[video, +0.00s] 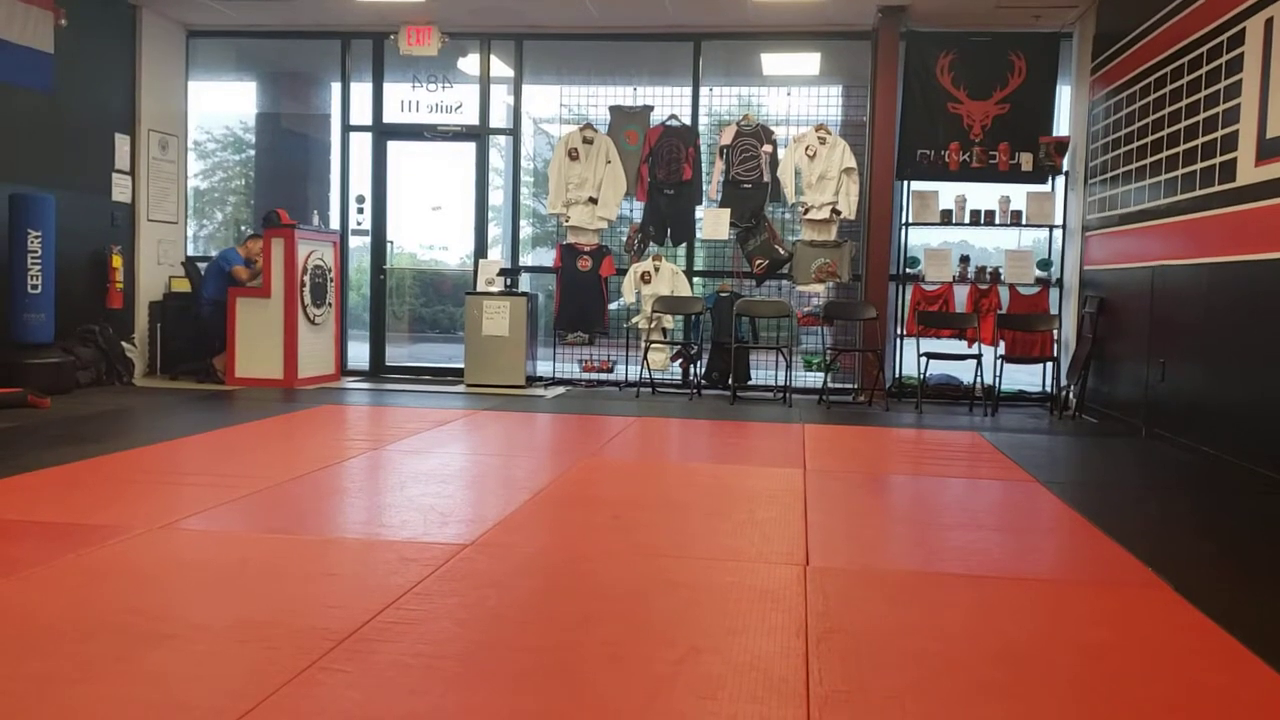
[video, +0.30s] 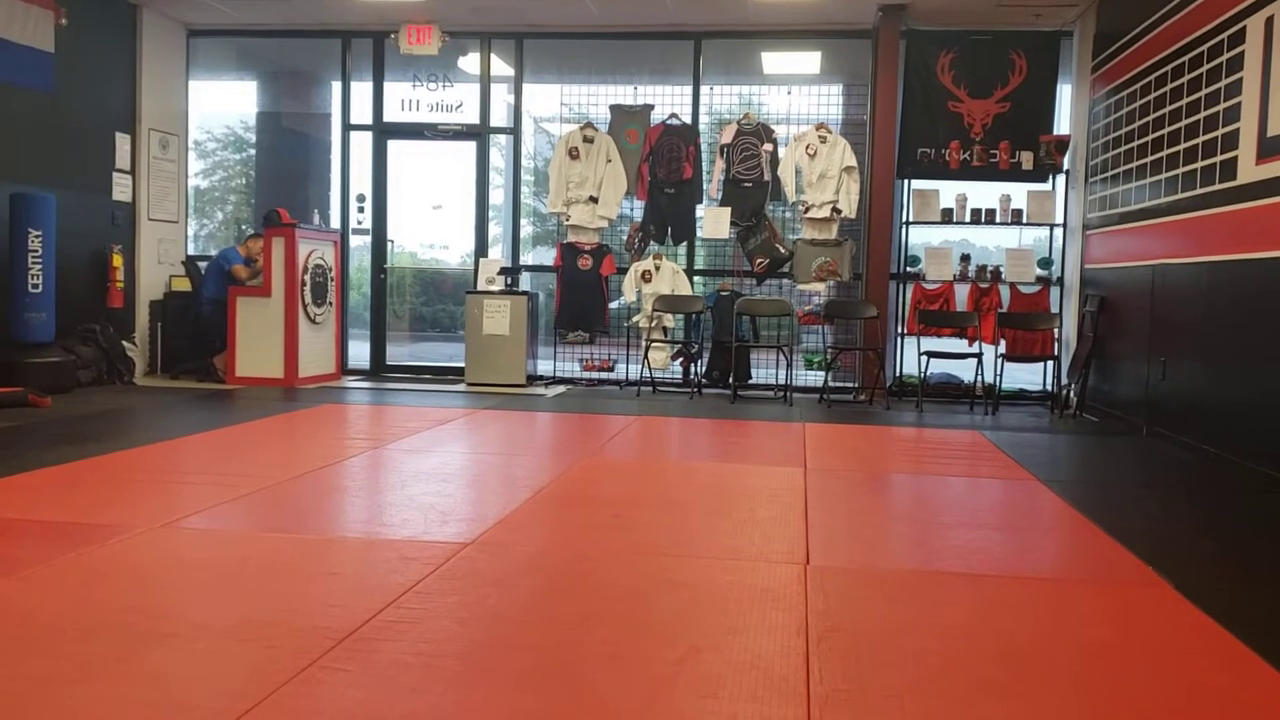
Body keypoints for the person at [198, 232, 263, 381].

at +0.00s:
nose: (260, 254)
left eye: (262, 251)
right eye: (260, 249)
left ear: (250, 245)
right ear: (249, 244)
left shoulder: (242, 259)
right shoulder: (230, 255)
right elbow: (243, 277)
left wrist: (262, 263)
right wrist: (258, 268)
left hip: (224, 305)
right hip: (211, 306)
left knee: (250, 328)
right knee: (246, 332)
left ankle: (221, 363)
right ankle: (219, 363)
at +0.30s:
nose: (260, 254)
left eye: (262, 251)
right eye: (260, 249)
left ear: (250, 244)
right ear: (249, 243)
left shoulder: (243, 258)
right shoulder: (230, 254)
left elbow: (250, 273)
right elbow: (242, 275)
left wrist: (263, 263)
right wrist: (259, 267)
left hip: (226, 303)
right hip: (212, 303)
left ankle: (222, 362)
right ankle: (220, 362)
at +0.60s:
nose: (261, 255)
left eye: (263, 252)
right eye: (261, 250)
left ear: (251, 246)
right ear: (250, 244)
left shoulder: (243, 260)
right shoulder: (231, 255)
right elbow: (241, 276)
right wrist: (260, 269)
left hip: (227, 305)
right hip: (213, 306)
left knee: (252, 329)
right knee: (247, 333)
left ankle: (223, 363)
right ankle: (220, 363)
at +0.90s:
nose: (262, 255)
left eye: (264, 251)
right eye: (261, 250)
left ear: (251, 245)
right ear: (250, 244)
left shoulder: (244, 260)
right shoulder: (231, 254)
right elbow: (237, 274)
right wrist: (257, 272)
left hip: (227, 305)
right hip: (213, 305)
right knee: (247, 334)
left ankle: (223, 363)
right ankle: (220, 363)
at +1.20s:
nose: (263, 256)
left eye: (264, 253)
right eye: (262, 251)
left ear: (252, 246)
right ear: (251, 246)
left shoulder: (246, 263)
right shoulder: (232, 255)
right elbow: (234, 278)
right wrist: (257, 275)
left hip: (228, 306)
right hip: (214, 306)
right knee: (249, 334)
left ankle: (225, 364)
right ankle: (222, 363)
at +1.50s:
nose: (263, 255)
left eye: (264, 252)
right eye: (262, 250)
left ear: (252, 246)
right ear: (251, 245)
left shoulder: (246, 263)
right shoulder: (231, 255)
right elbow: (234, 278)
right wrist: (258, 275)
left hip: (229, 306)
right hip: (214, 306)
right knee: (250, 333)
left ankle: (225, 362)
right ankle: (222, 362)